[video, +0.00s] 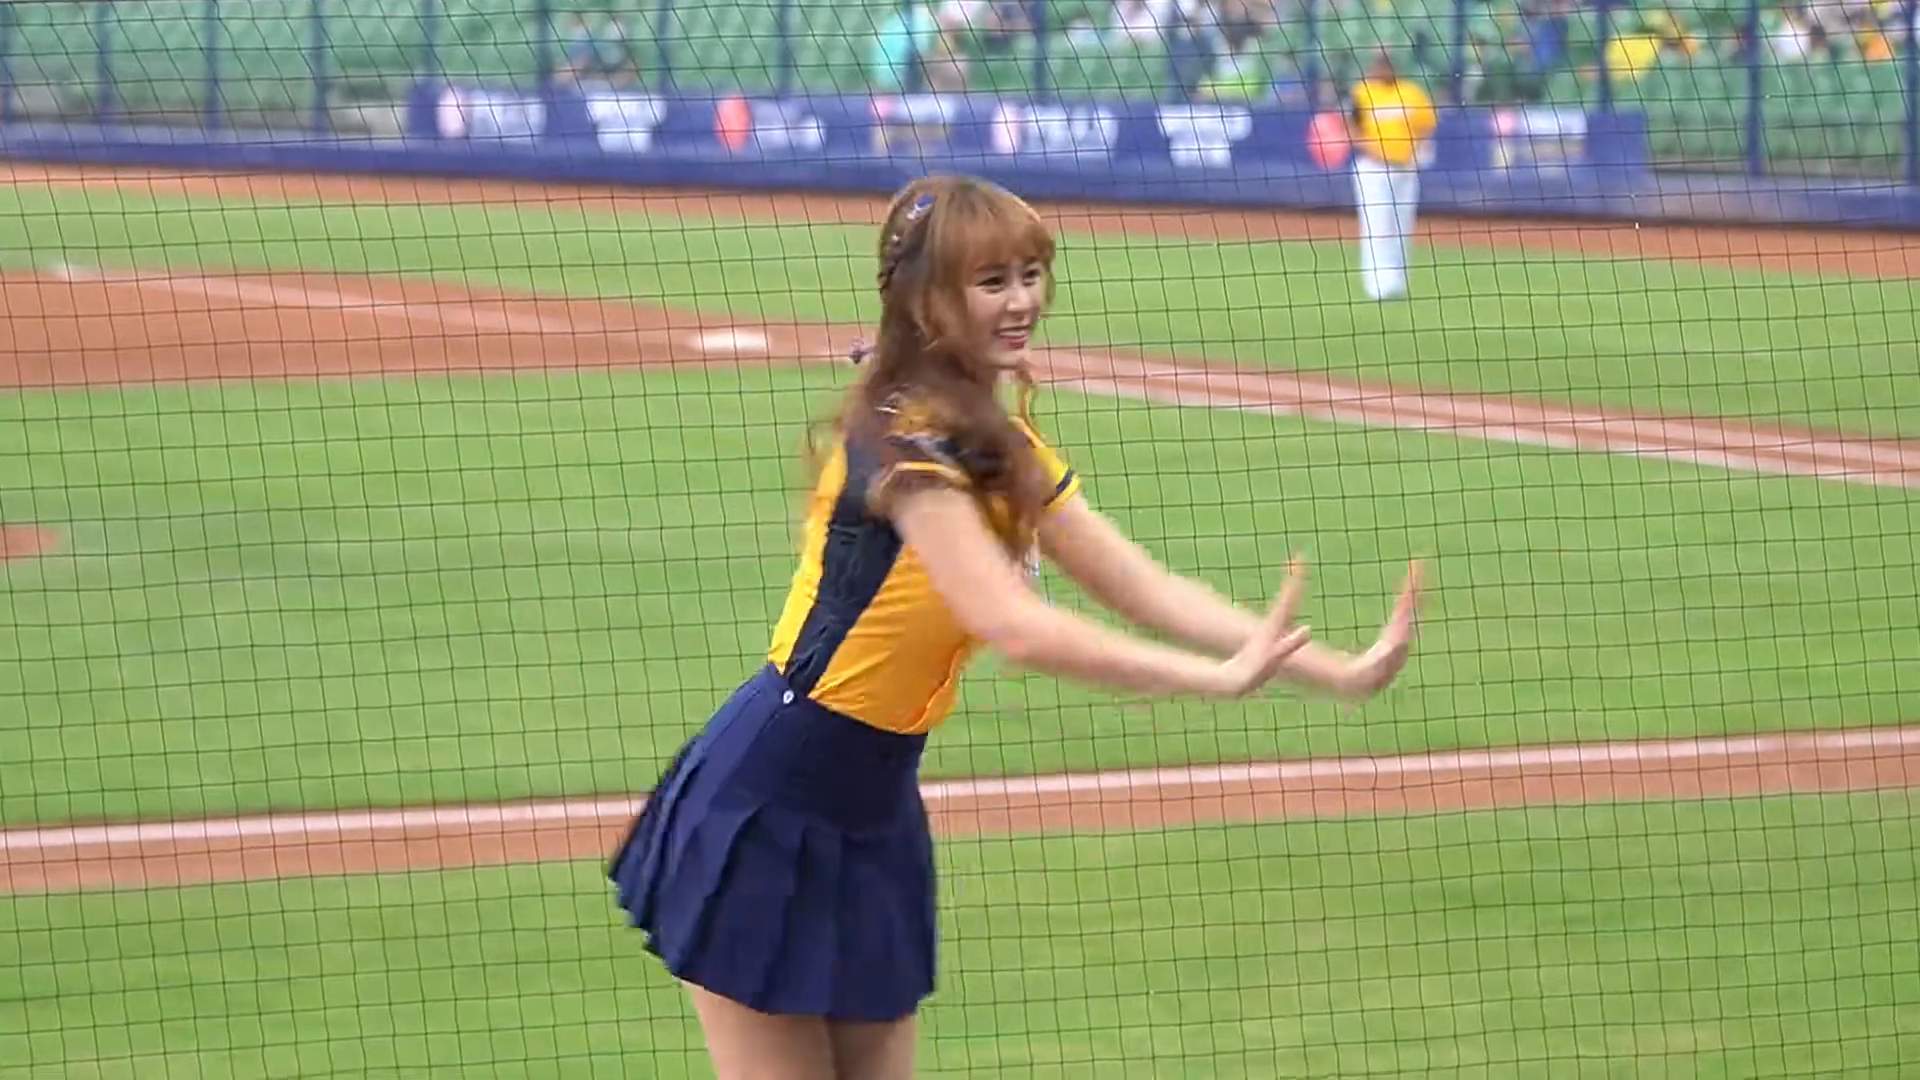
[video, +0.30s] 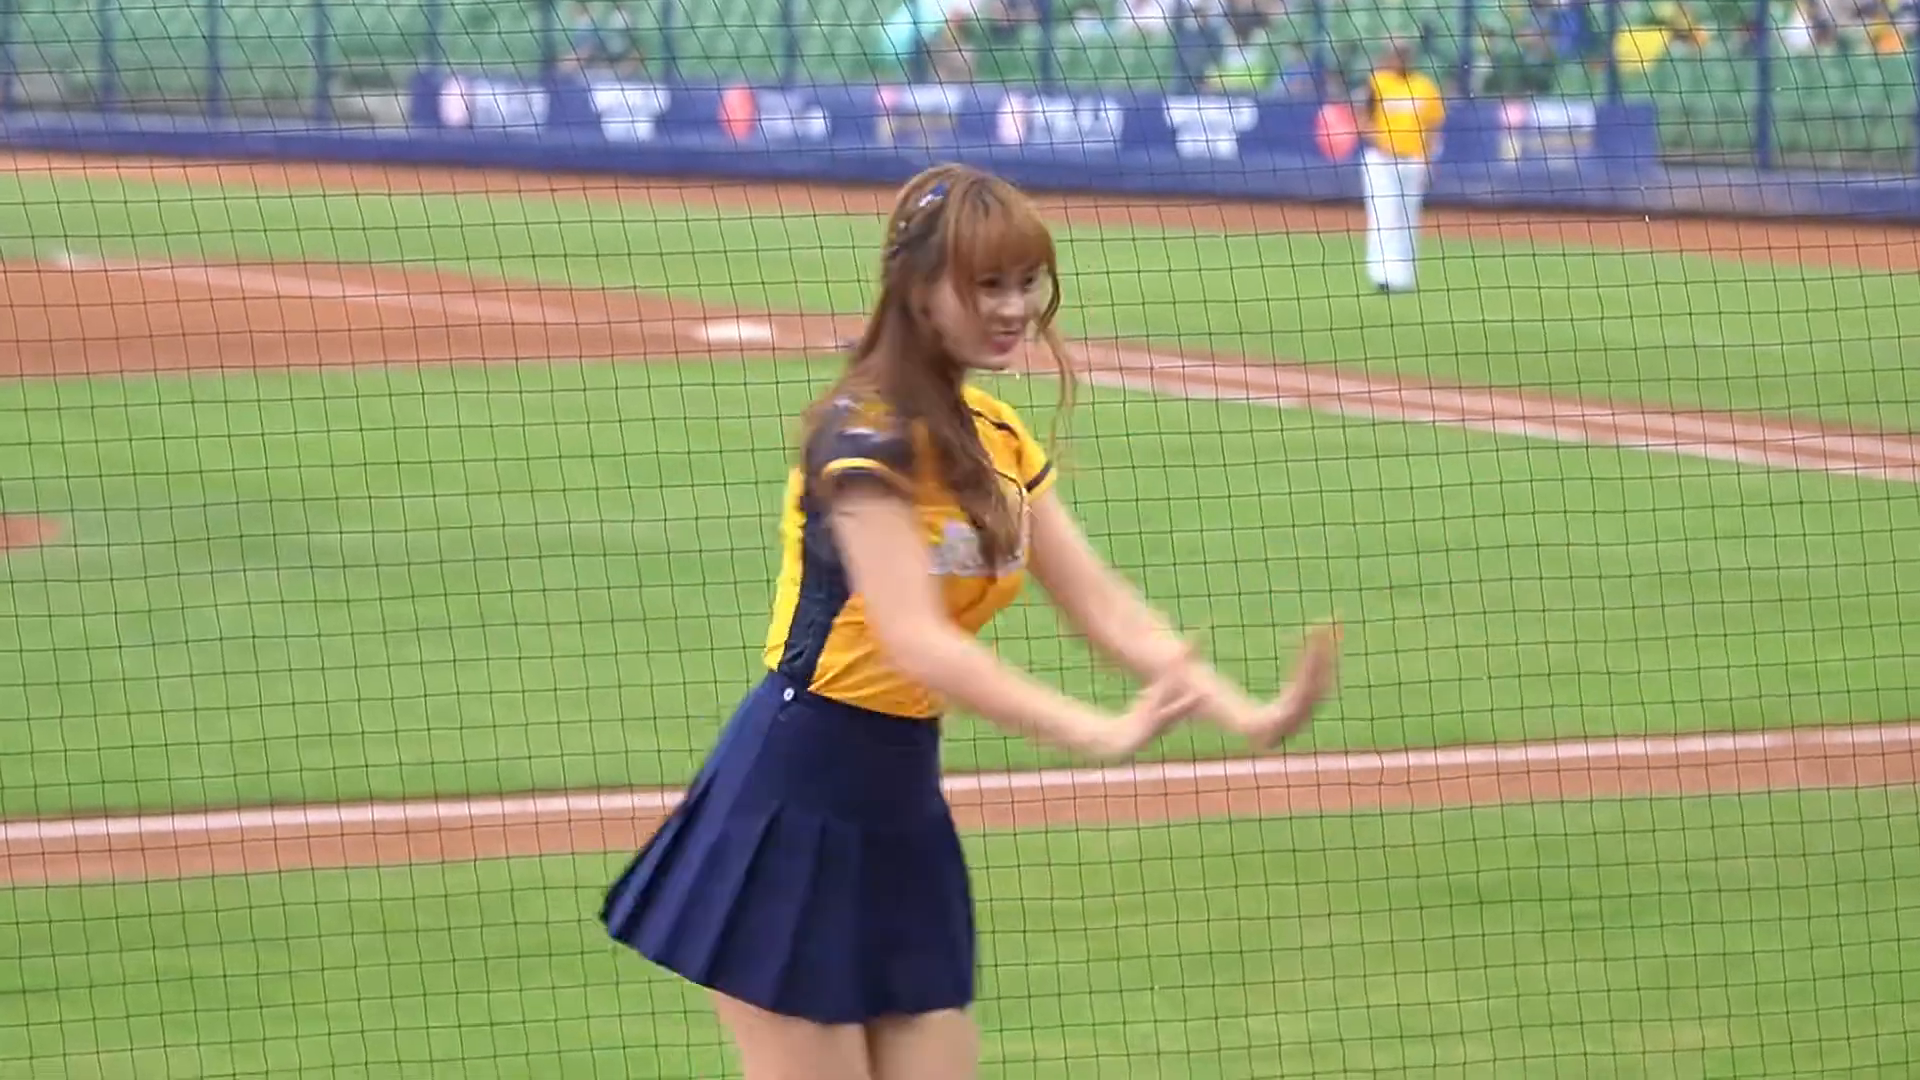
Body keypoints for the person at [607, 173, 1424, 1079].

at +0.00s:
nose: (1024, 299)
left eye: (1033, 275)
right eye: (992, 280)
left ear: (1044, 281)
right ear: (925, 298)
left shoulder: (996, 436)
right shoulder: (904, 438)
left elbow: (1148, 589)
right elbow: (1011, 624)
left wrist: (1335, 674)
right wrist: (1216, 677)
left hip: (874, 802)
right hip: (768, 800)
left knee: (876, 1064)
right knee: (784, 1069)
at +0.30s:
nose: (1015, 309)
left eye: (1029, 284)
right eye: (987, 286)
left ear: (1045, 285)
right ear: (916, 287)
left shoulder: (992, 433)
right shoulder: (863, 433)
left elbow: (1101, 604)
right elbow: (913, 638)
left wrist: (1244, 716)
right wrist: (1095, 731)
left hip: (904, 799)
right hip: (794, 797)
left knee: (934, 1060)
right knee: (808, 1066)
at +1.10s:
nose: (993, 283)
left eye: (1013, 258)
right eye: (964, 258)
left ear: (1034, 268)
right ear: (901, 271)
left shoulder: (1070, 378)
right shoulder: (861, 439)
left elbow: (1072, 508)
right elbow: (721, 616)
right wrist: (567, 771)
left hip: (1047, 794)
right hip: (901, 797)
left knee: (1134, 1063)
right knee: (872, 1065)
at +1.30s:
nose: (1124, 210)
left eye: (1146, 184)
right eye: (1093, 185)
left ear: (1169, 194)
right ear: (1038, 200)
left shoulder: (1186, 314)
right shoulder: (980, 333)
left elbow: (1265, 187)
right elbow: (781, 278)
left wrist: (1332, 65)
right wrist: (616, 189)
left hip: (1160, 719)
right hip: (1025, 714)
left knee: (1224, 1067)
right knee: (947, 1065)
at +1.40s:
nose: (1182, 250)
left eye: (1206, 224)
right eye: (1153, 226)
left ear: (1233, 240)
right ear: (1100, 240)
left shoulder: (1248, 358)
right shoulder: (1061, 370)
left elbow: (1368, 181)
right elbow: (901, 238)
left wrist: (1473, 32)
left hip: (1222, 777)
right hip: (1091, 768)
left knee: (1285, 1067)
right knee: (983, 1066)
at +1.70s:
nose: (1295, 306)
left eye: (1321, 287)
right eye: (1270, 277)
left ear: (1343, 314)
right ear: (1218, 288)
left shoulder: (1316, 508)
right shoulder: (1118, 436)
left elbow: (1422, 670)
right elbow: (916, 555)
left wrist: (1538, 816)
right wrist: (1056, 429)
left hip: (1184, 849)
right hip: (1032, 831)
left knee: (1263, 1061)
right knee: (1119, 1068)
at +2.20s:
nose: (1086, 268)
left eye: (1097, 243)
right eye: (1053, 246)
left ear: (1114, 255)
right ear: (984, 271)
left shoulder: (1168, 392)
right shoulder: (923, 437)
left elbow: (1373, 392)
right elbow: (687, 464)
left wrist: (1461, 260)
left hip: (1156, 792)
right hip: (1005, 806)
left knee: (1235, 1065)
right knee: (959, 1066)